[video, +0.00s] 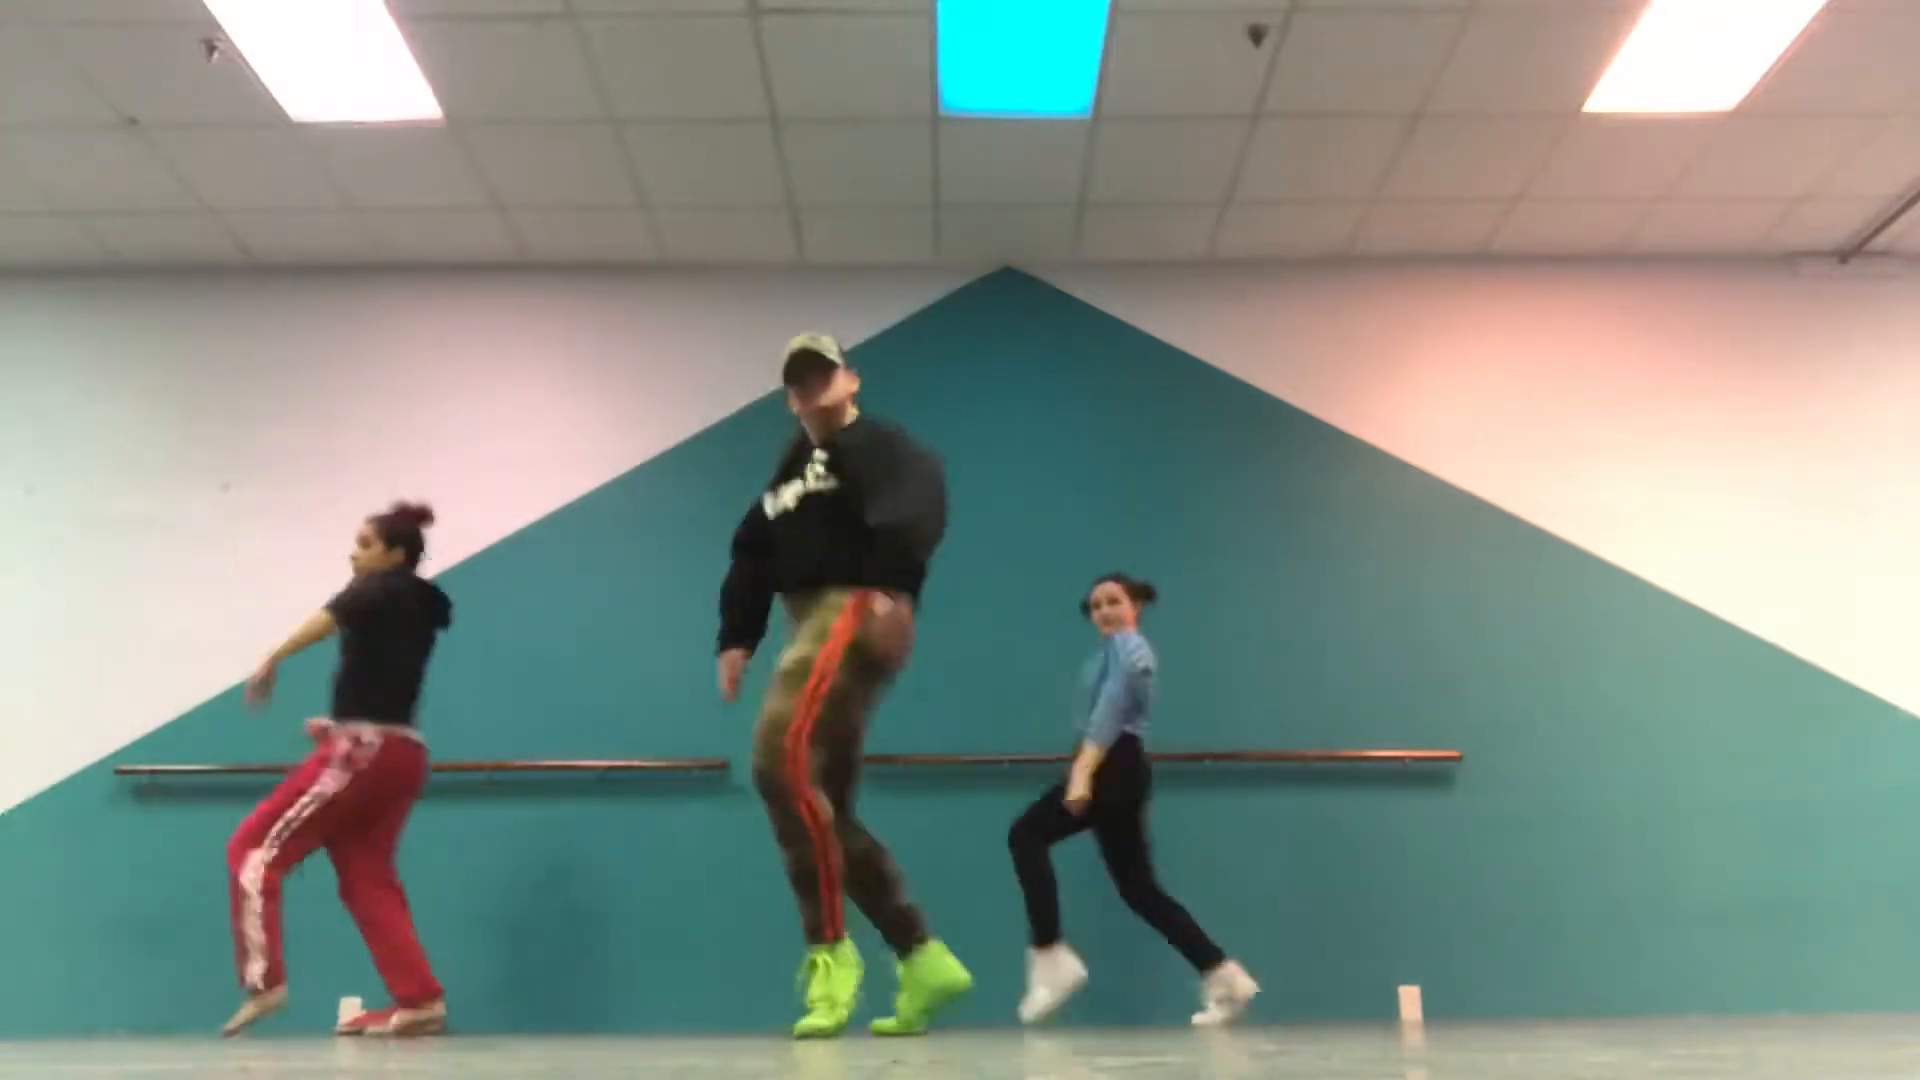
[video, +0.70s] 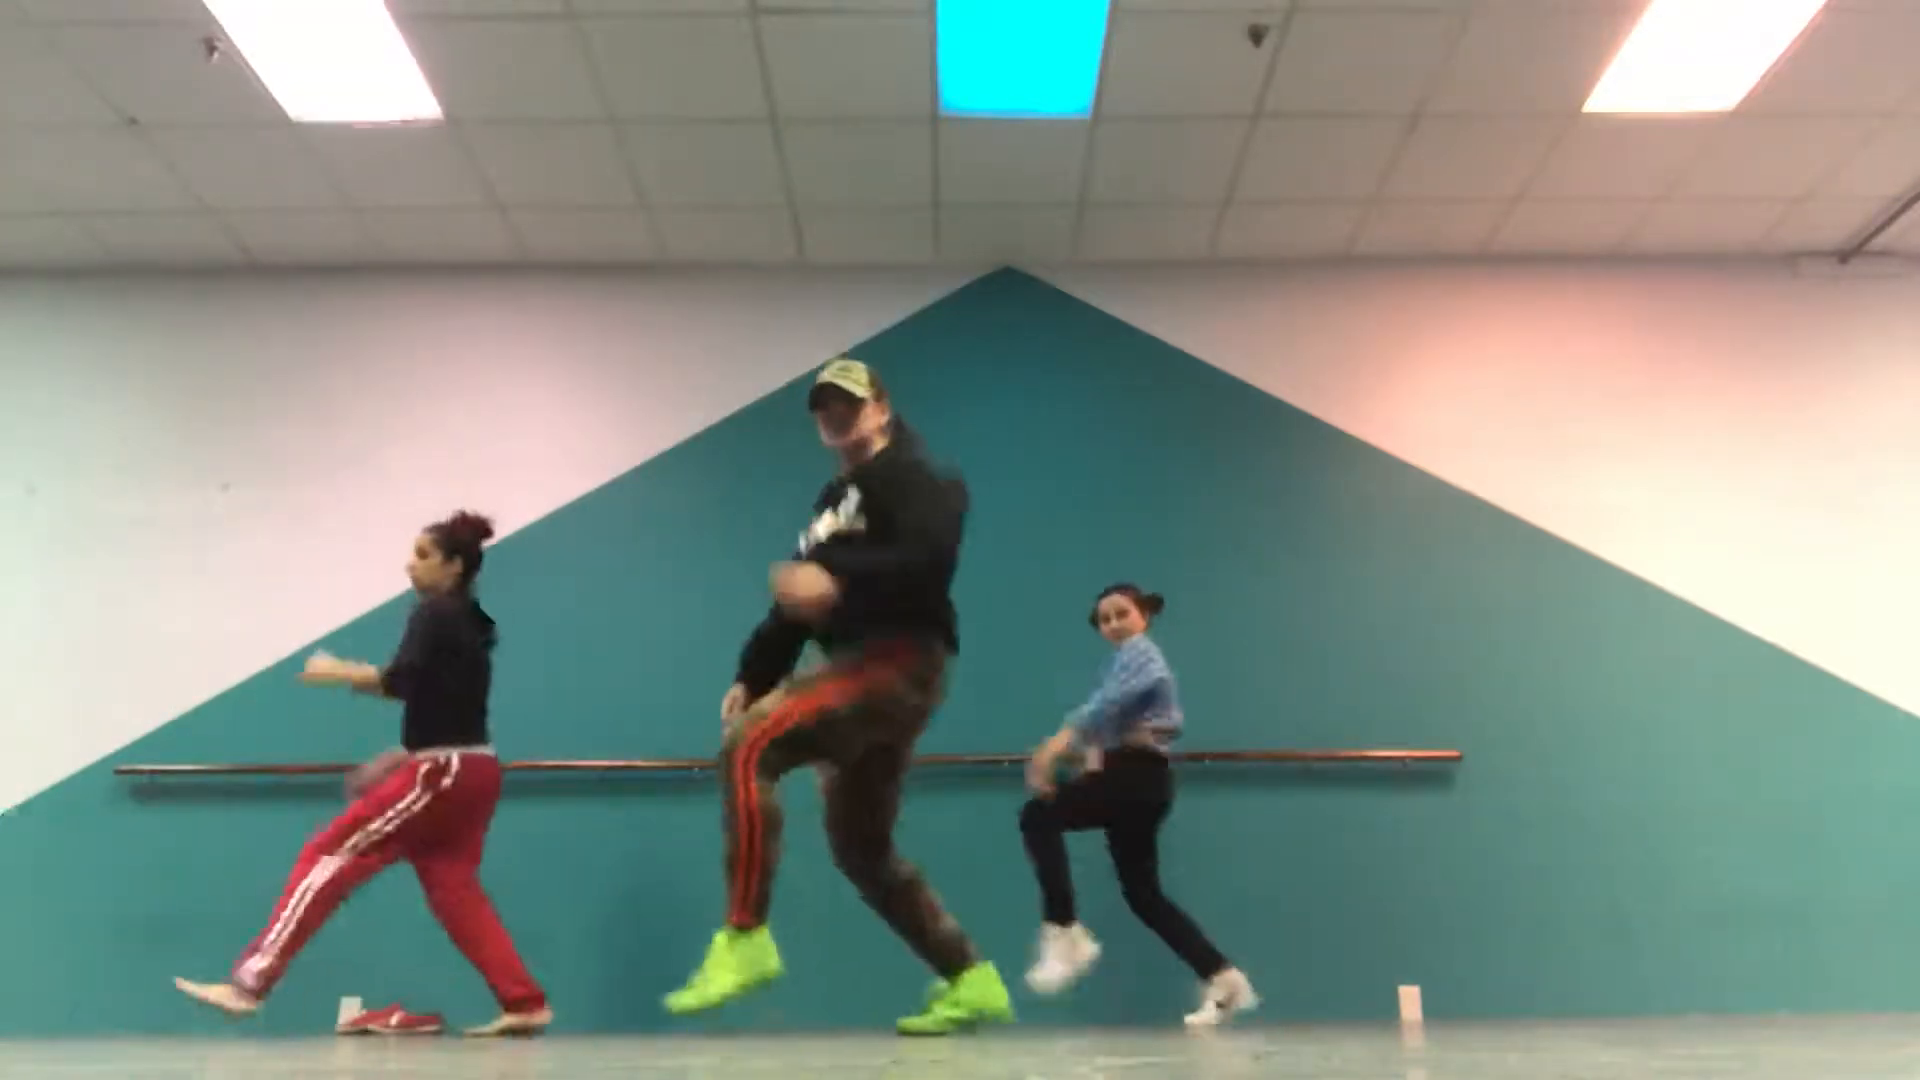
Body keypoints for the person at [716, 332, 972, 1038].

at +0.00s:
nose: (815, 392)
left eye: (825, 377)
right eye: (801, 384)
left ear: (851, 382)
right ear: (790, 399)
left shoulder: (880, 445)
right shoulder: (792, 468)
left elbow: (917, 500)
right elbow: (753, 548)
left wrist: (894, 583)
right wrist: (737, 634)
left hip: (859, 608)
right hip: (810, 616)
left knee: (780, 763)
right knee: (824, 807)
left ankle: (829, 954)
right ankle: (923, 959)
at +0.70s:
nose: (833, 419)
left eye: (847, 405)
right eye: (823, 410)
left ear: (881, 407)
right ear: (817, 422)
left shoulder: (924, 479)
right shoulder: (835, 500)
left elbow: (923, 562)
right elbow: (804, 598)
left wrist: (831, 573)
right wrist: (755, 679)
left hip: (903, 664)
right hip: (862, 667)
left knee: (751, 746)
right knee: (860, 846)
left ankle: (744, 937)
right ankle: (969, 976)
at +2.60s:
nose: (919, 366)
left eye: (918, 355)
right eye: (908, 354)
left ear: (879, 352)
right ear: (868, 351)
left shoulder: (900, 428)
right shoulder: (849, 401)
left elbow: (975, 452)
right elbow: (946, 397)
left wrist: (1043, 408)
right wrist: (1048, 379)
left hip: (862, 608)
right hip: (836, 599)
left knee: (844, 798)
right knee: (905, 767)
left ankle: (765, 969)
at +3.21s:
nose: (959, 432)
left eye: (958, 420)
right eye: (950, 419)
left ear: (924, 421)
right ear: (914, 422)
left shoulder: (926, 492)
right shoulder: (874, 493)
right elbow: (820, 518)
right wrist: (765, 536)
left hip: (878, 681)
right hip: (841, 679)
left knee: (816, 843)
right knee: (953, 789)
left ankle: (699, 971)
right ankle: (962, 983)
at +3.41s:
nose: (958, 418)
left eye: (957, 406)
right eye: (950, 405)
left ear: (921, 404)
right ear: (917, 405)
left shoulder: (908, 473)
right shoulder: (878, 467)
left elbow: (901, 552)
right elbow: (876, 538)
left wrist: (915, 590)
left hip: (848, 662)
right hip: (829, 661)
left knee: (785, 835)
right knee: (954, 780)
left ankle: (686, 975)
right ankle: (936, 978)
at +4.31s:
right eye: (915, 407)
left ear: (866, 417)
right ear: (928, 410)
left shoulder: (856, 469)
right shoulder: (975, 450)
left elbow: (822, 556)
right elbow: (1033, 511)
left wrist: (884, 548)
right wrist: (973, 535)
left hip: (892, 649)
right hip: (985, 643)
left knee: (884, 820)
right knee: (1042, 802)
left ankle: (874, 979)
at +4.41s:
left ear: (891, 425)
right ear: (952, 417)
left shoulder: (879, 475)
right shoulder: (998, 455)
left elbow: (846, 559)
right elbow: (1049, 518)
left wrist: (902, 524)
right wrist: (990, 530)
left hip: (927, 653)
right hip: (1023, 648)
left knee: (873, 805)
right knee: (1082, 801)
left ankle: (854, 955)